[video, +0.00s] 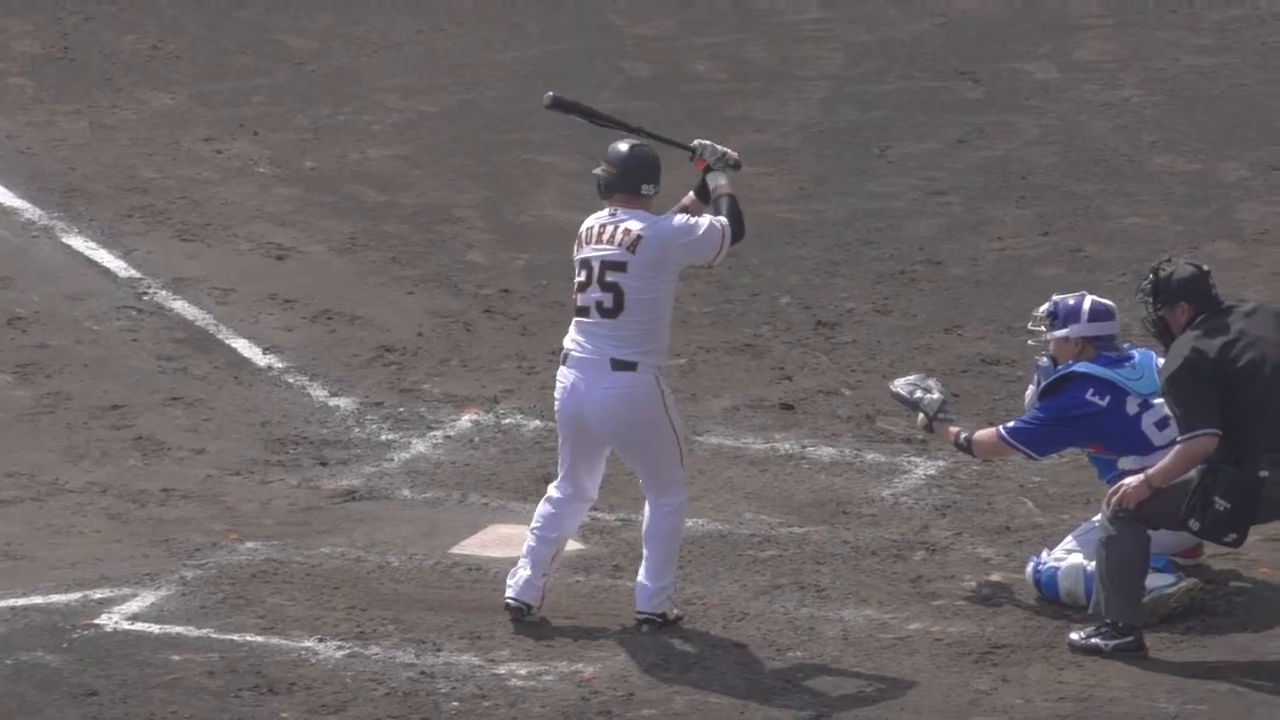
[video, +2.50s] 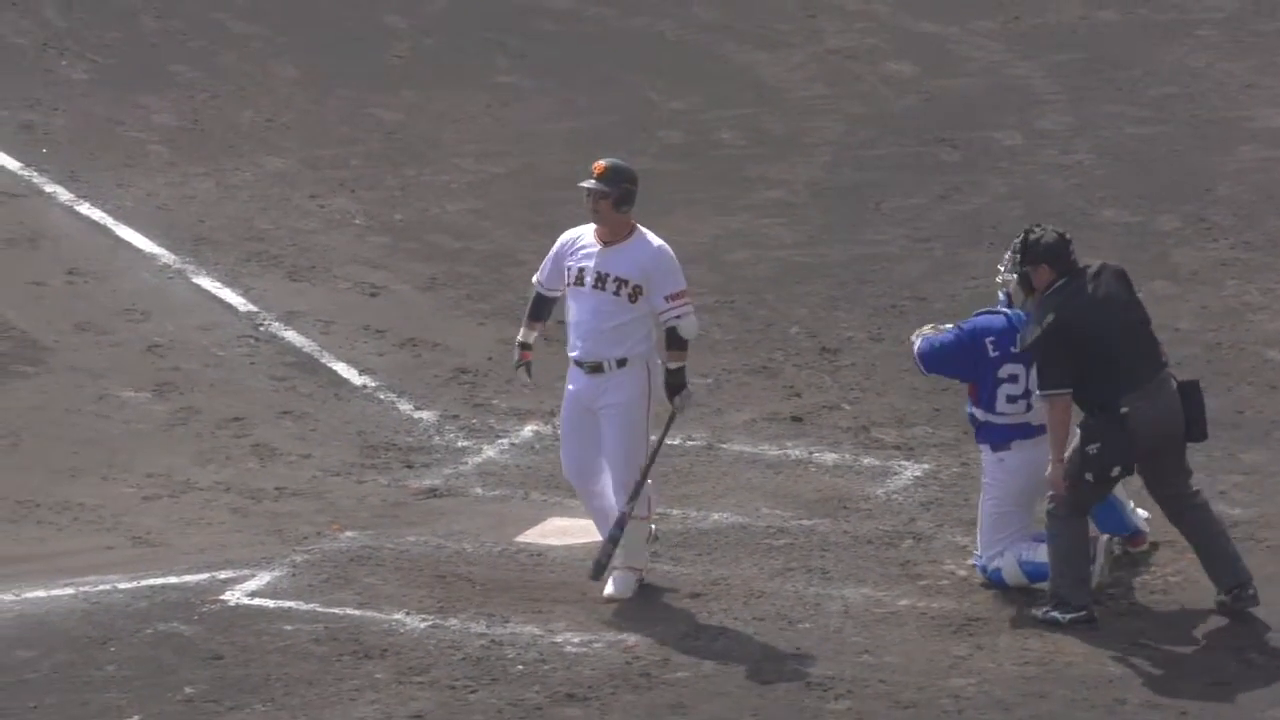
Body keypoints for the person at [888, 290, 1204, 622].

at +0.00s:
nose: (1048, 345)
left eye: (1055, 338)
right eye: (1050, 337)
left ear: (1079, 344)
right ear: (1099, 339)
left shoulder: (1080, 395)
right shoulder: (1146, 359)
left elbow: (994, 444)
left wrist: (944, 428)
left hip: (1161, 515)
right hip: (1202, 493)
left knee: (1046, 570)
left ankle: (1158, 583)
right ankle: (1181, 547)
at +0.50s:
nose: (973, 349)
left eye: (980, 341)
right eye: (974, 341)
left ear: (1004, 350)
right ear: (1028, 345)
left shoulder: (1007, 396)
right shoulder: (1069, 366)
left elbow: (968, 468)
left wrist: (918, 459)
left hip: (1078, 515)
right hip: (1121, 495)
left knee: (976, 560)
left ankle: (1075, 573)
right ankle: (1102, 540)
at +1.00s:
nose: (935, 348)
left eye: (940, 341)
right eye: (937, 341)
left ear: (960, 348)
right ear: (983, 343)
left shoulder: (961, 391)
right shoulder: (1018, 361)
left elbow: (910, 434)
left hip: (1039, 489)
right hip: (1078, 468)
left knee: (940, 533)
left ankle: (1032, 544)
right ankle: (1055, 513)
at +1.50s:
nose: (976, 365)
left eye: (980, 359)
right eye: (977, 358)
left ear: (996, 362)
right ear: (1018, 358)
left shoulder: (1004, 403)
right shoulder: (1038, 381)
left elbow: (975, 467)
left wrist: (927, 457)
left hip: (1050, 519)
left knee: (954, 561)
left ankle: (1041, 570)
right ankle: (1049, 558)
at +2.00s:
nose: (992, 310)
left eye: (998, 304)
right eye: (995, 303)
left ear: (1014, 313)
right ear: (1030, 313)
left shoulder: (999, 359)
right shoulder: (1051, 347)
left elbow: (966, 419)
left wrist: (975, 368)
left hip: (1028, 480)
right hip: (1070, 469)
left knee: (968, 563)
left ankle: (1064, 566)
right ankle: (1085, 541)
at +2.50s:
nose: (1005, 286)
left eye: (1010, 279)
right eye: (1009, 276)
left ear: (1018, 287)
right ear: (1048, 285)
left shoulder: (989, 329)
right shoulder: (1066, 322)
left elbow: (926, 351)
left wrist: (929, 333)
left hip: (1010, 462)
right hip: (1064, 446)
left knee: (994, 560)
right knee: (1084, 480)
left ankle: (1084, 553)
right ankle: (1132, 529)